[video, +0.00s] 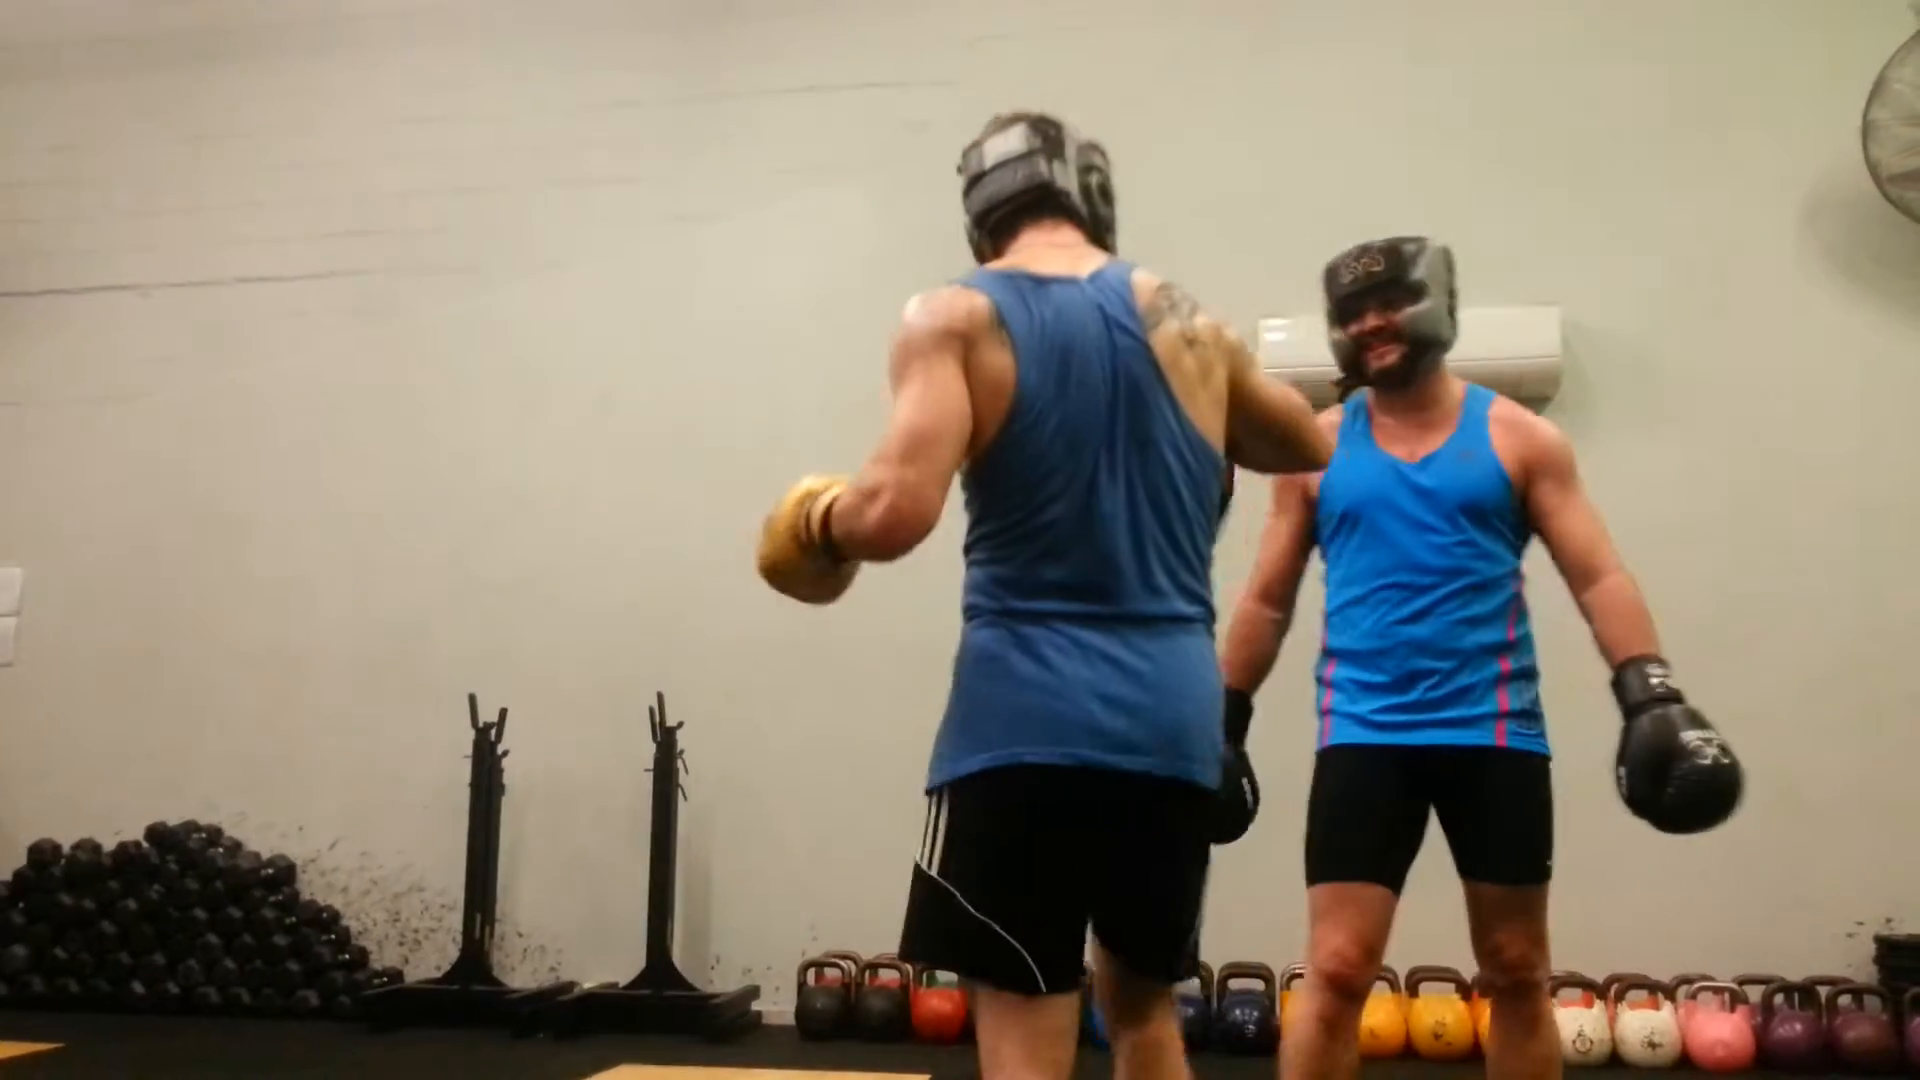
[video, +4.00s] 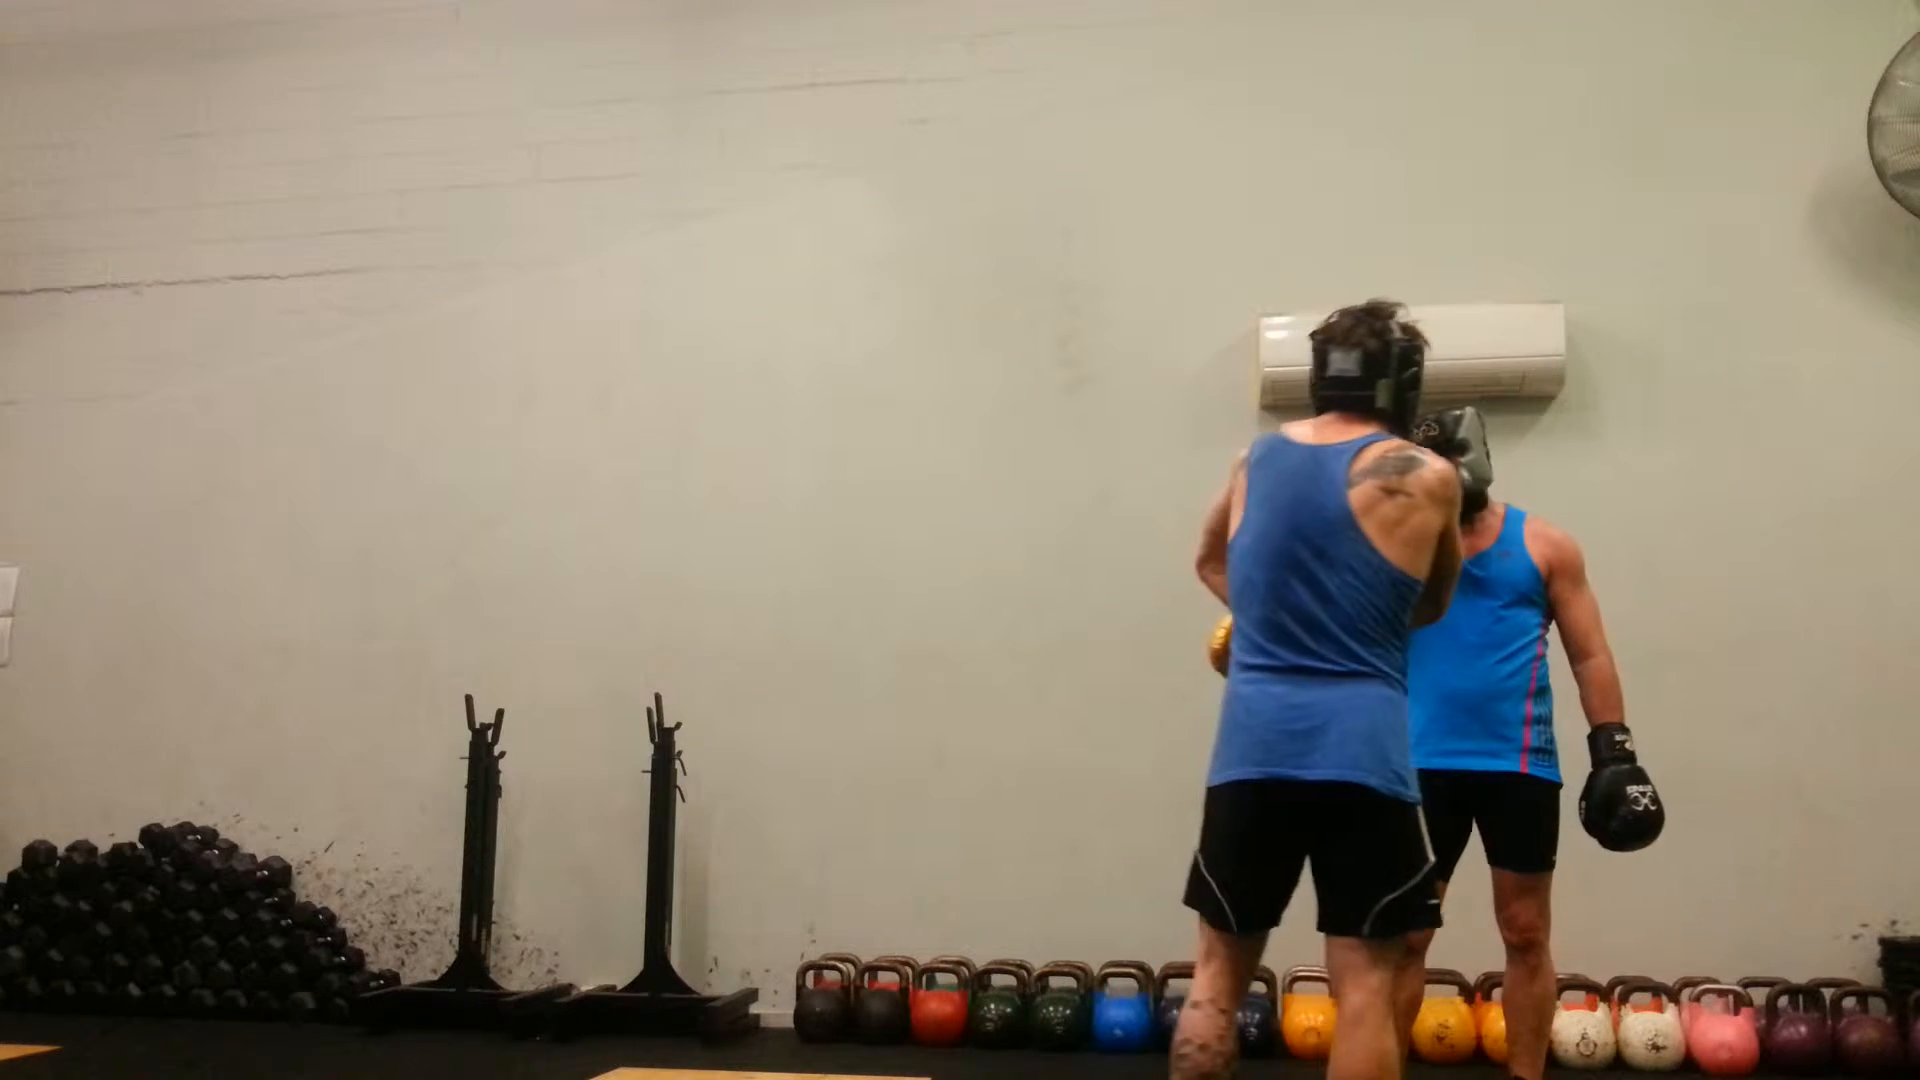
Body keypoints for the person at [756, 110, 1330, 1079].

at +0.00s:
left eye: (971, 213)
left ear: (979, 215)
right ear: (1096, 196)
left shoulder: (955, 317)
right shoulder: (1185, 326)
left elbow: (897, 515)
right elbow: (1307, 446)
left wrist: (823, 514)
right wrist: (1200, 413)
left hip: (1021, 728)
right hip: (1172, 731)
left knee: (1023, 1041)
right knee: (1143, 1004)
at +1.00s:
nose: (1116, 372)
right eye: (1116, 361)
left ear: (1015, 356)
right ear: (1105, 359)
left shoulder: (936, 446)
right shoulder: (1140, 464)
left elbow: (885, 598)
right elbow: (1161, 640)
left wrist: (971, 643)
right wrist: (1080, 666)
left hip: (968, 768)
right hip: (1089, 770)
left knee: (941, 1009)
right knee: (1093, 1005)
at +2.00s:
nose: (1119, 376)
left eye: (1112, 361)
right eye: (1113, 363)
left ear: (1014, 372)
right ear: (1100, 373)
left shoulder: (952, 462)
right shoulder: (1111, 483)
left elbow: (891, 566)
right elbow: (1124, 657)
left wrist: (980, 608)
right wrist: (1161, 743)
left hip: (962, 758)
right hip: (1072, 764)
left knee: (955, 973)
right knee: (1100, 986)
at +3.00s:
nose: (1227, 437)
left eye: (1229, 425)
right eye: (1226, 422)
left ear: (1138, 398)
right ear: (1205, 404)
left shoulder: (1069, 472)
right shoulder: (1216, 471)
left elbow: (1055, 573)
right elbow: (1253, 622)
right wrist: (1186, 687)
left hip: (1082, 762)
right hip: (1177, 765)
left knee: (1122, 962)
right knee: (1209, 972)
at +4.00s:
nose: (1419, 385)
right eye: (1416, 374)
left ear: (1318, 375)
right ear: (1406, 384)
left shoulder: (1258, 456)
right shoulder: (1430, 476)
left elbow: (1211, 562)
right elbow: (1431, 601)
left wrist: (1285, 621)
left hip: (1251, 758)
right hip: (1364, 762)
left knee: (1216, 975)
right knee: (1363, 985)